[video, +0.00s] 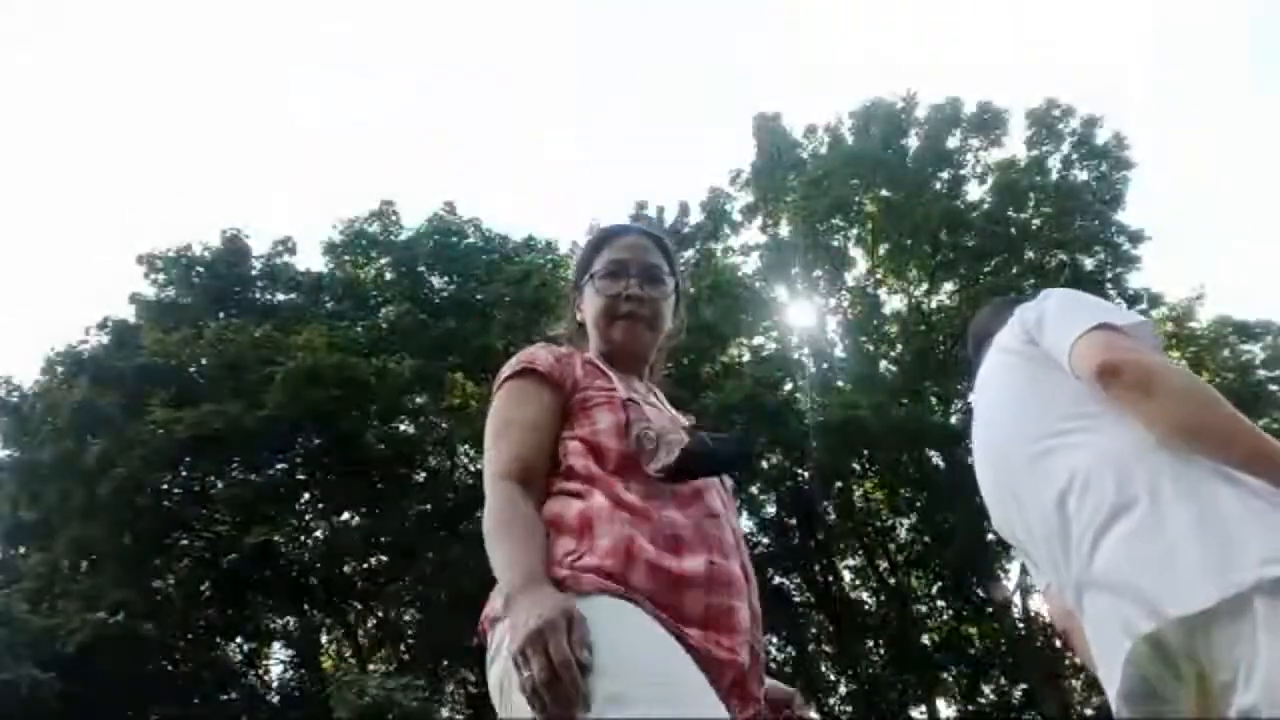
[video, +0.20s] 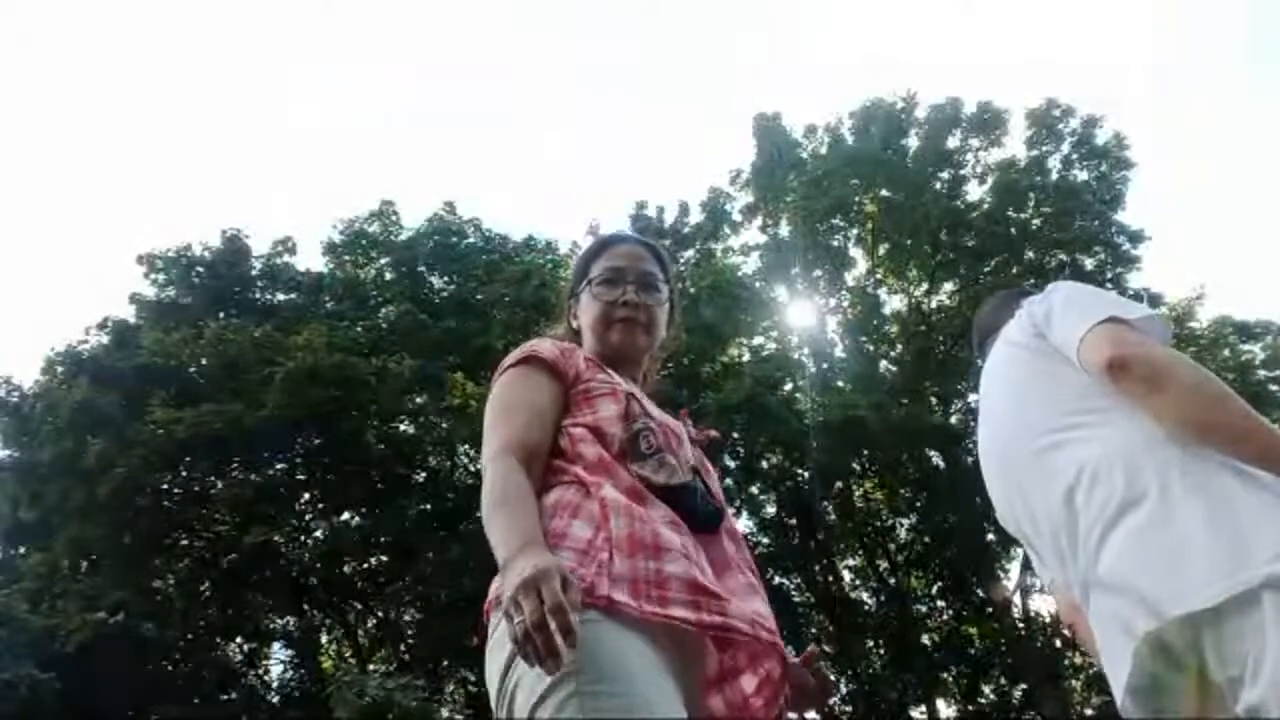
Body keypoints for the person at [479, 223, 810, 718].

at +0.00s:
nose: (632, 288)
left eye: (652, 277)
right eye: (612, 274)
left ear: (673, 308)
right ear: (580, 303)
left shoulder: (677, 421)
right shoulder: (549, 366)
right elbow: (510, 484)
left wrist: (749, 678)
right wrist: (526, 589)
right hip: (588, 613)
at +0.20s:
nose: (630, 295)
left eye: (648, 286)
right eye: (609, 282)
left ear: (668, 318)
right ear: (576, 310)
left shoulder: (678, 435)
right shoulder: (552, 360)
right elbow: (507, 460)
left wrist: (773, 669)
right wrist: (522, 554)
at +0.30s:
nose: (629, 292)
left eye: (646, 283)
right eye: (608, 279)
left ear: (663, 315)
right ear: (573, 306)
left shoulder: (662, 420)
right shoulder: (552, 352)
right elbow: (509, 445)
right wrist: (529, 549)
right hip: (581, 613)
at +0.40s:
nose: (626, 290)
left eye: (643, 282)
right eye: (604, 277)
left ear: (660, 315)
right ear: (569, 304)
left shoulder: (655, 420)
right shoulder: (547, 348)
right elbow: (509, 442)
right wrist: (536, 552)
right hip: (568, 615)